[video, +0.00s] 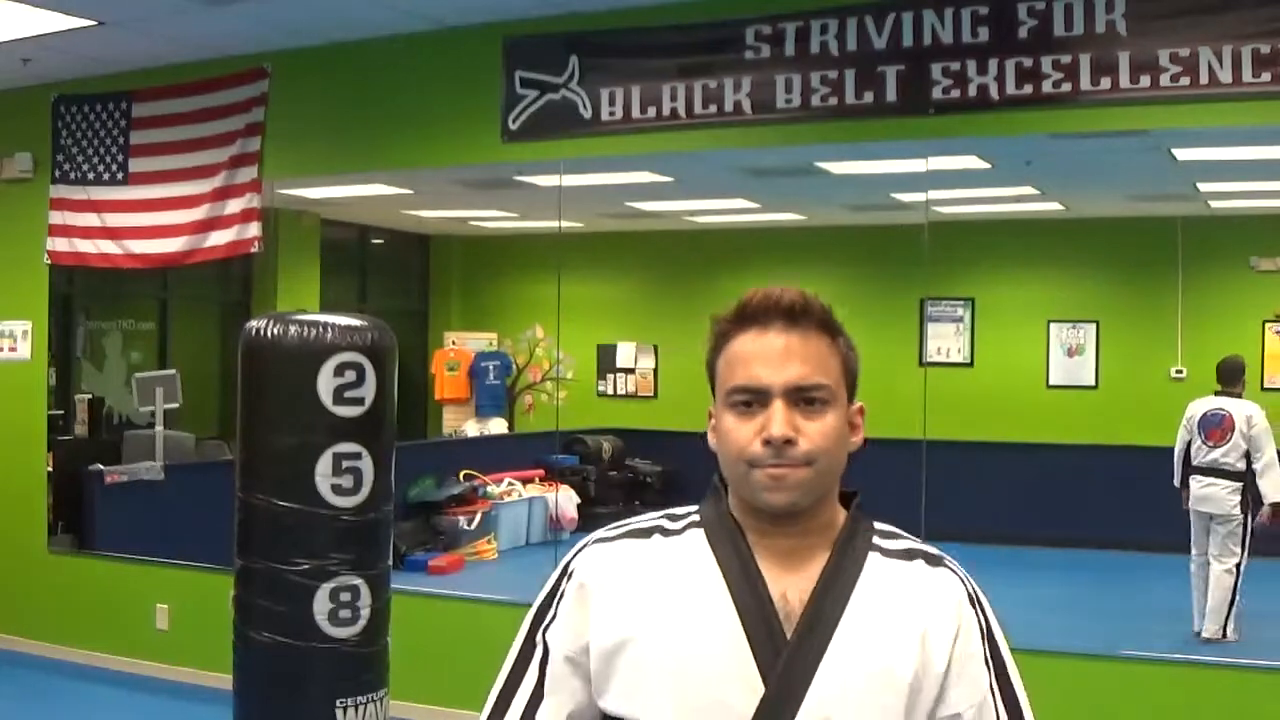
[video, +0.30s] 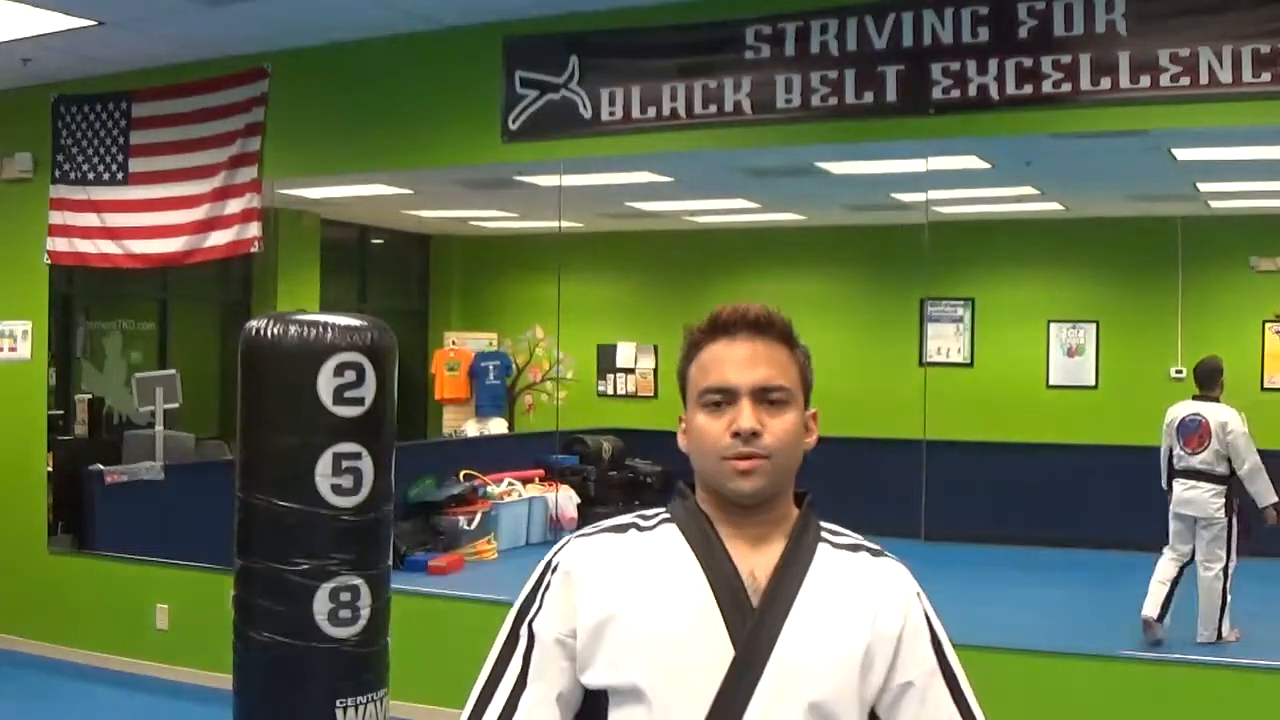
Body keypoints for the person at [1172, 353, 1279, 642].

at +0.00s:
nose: (1244, 380)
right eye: (1244, 376)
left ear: (1217, 379)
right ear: (1243, 379)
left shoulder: (1195, 408)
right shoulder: (1251, 412)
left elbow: (1181, 451)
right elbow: (1265, 459)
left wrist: (1181, 484)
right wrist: (1271, 500)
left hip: (1197, 491)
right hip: (1230, 495)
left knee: (1199, 556)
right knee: (1224, 560)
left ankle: (1200, 623)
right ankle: (1214, 628)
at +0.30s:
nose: (1223, 381)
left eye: (1219, 377)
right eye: (1222, 378)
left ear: (1195, 381)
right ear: (1221, 381)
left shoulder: (1175, 411)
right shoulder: (1228, 417)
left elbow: (1166, 455)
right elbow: (1248, 465)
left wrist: (1169, 486)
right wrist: (1267, 503)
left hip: (1180, 492)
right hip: (1213, 497)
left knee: (1175, 552)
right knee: (1212, 564)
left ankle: (1151, 612)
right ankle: (1212, 631)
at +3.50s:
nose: (1085, 382)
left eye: (1084, 375)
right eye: (1082, 376)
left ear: (1052, 380)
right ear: (1070, 381)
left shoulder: (1026, 413)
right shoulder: (1080, 416)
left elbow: (1027, 453)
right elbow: (1105, 464)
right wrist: (1102, 430)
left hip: (1026, 507)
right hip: (1060, 512)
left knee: (1033, 581)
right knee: (1056, 588)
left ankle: (1030, 647)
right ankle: (1041, 657)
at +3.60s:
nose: (1086, 383)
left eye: (1085, 377)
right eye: (1082, 378)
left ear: (1054, 382)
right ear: (1066, 382)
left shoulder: (1028, 413)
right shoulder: (1078, 416)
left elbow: (1032, 451)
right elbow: (1105, 464)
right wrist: (1100, 430)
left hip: (1027, 508)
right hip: (1061, 513)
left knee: (1032, 582)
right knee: (1058, 588)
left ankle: (1028, 649)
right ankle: (1042, 657)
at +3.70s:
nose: (1086, 384)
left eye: (1085, 377)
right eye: (1082, 378)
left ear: (1055, 383)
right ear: (1065, 382)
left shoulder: (1029, 413)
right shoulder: (1078, 416)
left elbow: (1037, 449)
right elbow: (1104, 464)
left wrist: (1082, 427)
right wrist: (1098, 430)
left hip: (1029, 508)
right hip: (1063, 514)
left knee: (1035, 582)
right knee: (1060, 589)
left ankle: (1030, 650)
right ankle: (1045, 658)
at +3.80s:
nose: (1086, 383)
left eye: (1084, 377)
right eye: (1082, 378)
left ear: (1054, 383)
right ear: (1067, 383)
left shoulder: (1030, 412)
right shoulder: (1079, 416)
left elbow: (1035, 449)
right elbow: (1105, 464)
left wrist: (1083, 427)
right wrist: (1099, 430)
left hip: (1030, 509)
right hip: (1064, 514)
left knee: (1037, 580)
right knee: (1061, 588)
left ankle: (1032, 646)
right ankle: (1045, 656)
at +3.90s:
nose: (1083, 381)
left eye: (1082, 375)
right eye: (1080, 376)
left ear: (1052, 382)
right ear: (1068, 381)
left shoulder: (1030, 412)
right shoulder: (1081, 416)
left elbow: (1035, 448)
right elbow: (1107, 463)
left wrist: (1084, 426)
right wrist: (1103, 430)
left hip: (1031, 508)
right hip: (1065, 514)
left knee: (1039, 580)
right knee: (1061, 589)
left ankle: (1035, 646)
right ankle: (1045, 656)